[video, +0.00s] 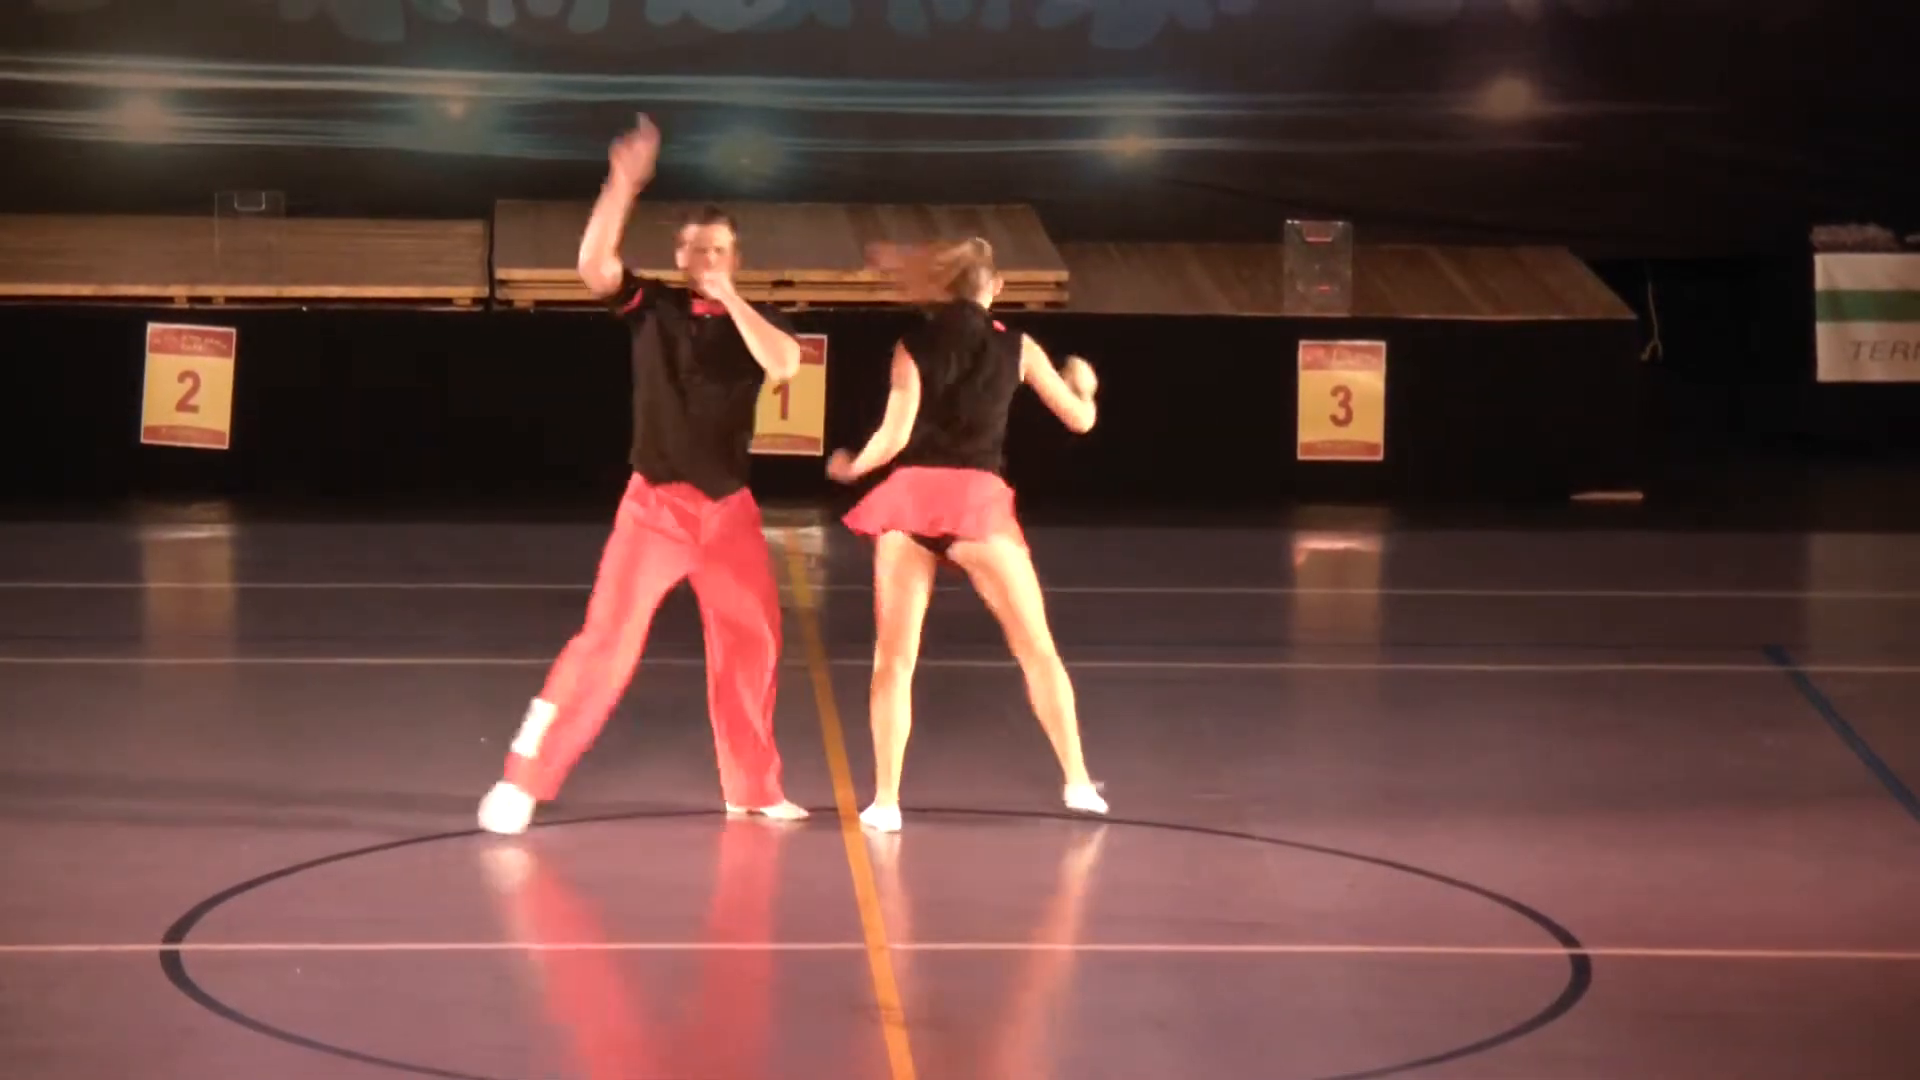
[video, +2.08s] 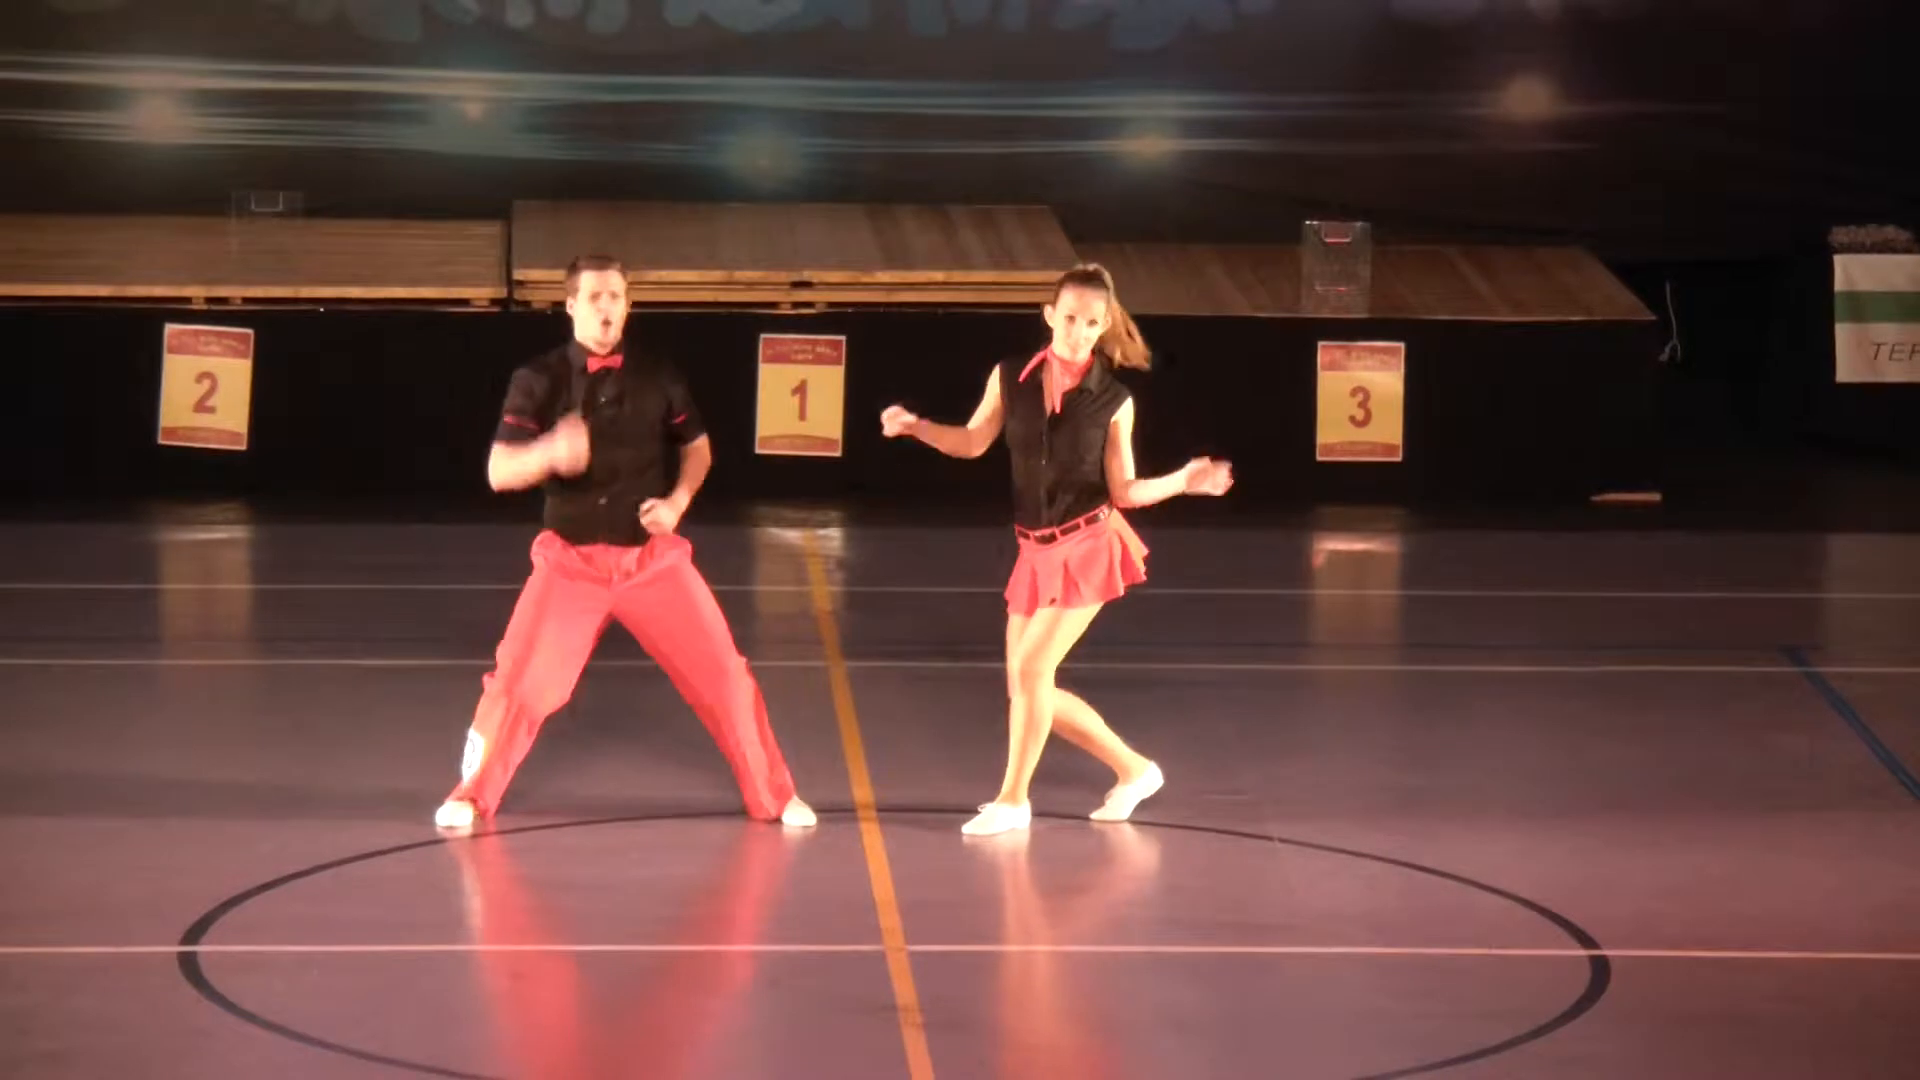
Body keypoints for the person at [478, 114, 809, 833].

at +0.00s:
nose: (707, 257)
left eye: (717, 248)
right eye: (697, 248)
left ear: (735, 260)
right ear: (679, 256)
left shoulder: (756, 324)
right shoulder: (649, 306)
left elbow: (784, 364)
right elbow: (595, 265)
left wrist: (727, 294)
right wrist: (623, 183)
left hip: (730, 514)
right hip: (654, 507)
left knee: (752, 649)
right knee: (606, 644)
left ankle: (755, 792)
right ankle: (522, 784)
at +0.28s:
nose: (622, 283)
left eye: (635, 274)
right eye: (614, 271)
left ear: (653, 284)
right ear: (595, 277)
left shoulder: (669, 353)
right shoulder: (565, 341)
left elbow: (694, 393)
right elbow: (518, 300)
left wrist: (644, 320)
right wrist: (547, 227)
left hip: (650, 543)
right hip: (566, 540)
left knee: (714, 656)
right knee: (514, 661)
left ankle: (748, 791)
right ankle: (450, 786)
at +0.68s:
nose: (546, 296)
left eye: (557, 286)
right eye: (537, 286)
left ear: (577, 295)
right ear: (520, 294)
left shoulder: (595, 358)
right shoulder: (499, 357)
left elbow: (629, 400)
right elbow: (478, 392)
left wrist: (569, 338)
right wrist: (479, 308)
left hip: (616, 548)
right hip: (533, 554)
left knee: (692, 658)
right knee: (489, 676)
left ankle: (751, 786)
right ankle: (457, 796)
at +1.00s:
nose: (493, 332)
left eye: (504, 318)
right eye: (484, 321)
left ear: (534, 316)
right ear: (476, 325)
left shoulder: (581, 361)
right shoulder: (484, 393)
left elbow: (605, 428)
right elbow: (502, 489)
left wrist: (532, 377)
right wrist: (460, 414)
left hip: (618, 554)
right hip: (536, 562)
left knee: (702, 658)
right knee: (495, 682)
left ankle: (759, 788)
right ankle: (459, 798)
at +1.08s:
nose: (541, 322)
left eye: (549, 308)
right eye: (527, 310)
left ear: (563, 311)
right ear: (502, 316)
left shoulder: (596, 371)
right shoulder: (488, 394)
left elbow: (644, 457)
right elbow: (489, 500)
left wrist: (597, 407)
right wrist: (508, 442)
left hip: (620, 551)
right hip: (541, 560)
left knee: (700, 662)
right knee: (507, 686)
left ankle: (766, 790)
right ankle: (465, 799)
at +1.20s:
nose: (620, 345)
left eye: (622, 333)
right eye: (616, 331)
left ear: (580, 331)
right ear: (581, 329)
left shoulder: (589, 395)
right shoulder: (514, 387)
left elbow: (613, 488)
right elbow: (480, 482)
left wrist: (696, 474)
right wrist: (571, 486)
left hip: (628, 553)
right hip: (553, 566)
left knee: (705, 659)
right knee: (525, 694)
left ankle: (766, 789)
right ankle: (469, 800)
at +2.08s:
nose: (607, 309)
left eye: (615, 297)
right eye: (594, 297)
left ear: (628, 304)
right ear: (570, 305)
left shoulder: (656, 375)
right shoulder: (539, 379)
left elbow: (697, 446)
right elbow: (500, 471)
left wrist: (678, 500)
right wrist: (550, 452)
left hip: (655, 561)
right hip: (568, 564)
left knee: (724, 674)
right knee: (519, 679)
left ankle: (776, 799)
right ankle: (470, 799)